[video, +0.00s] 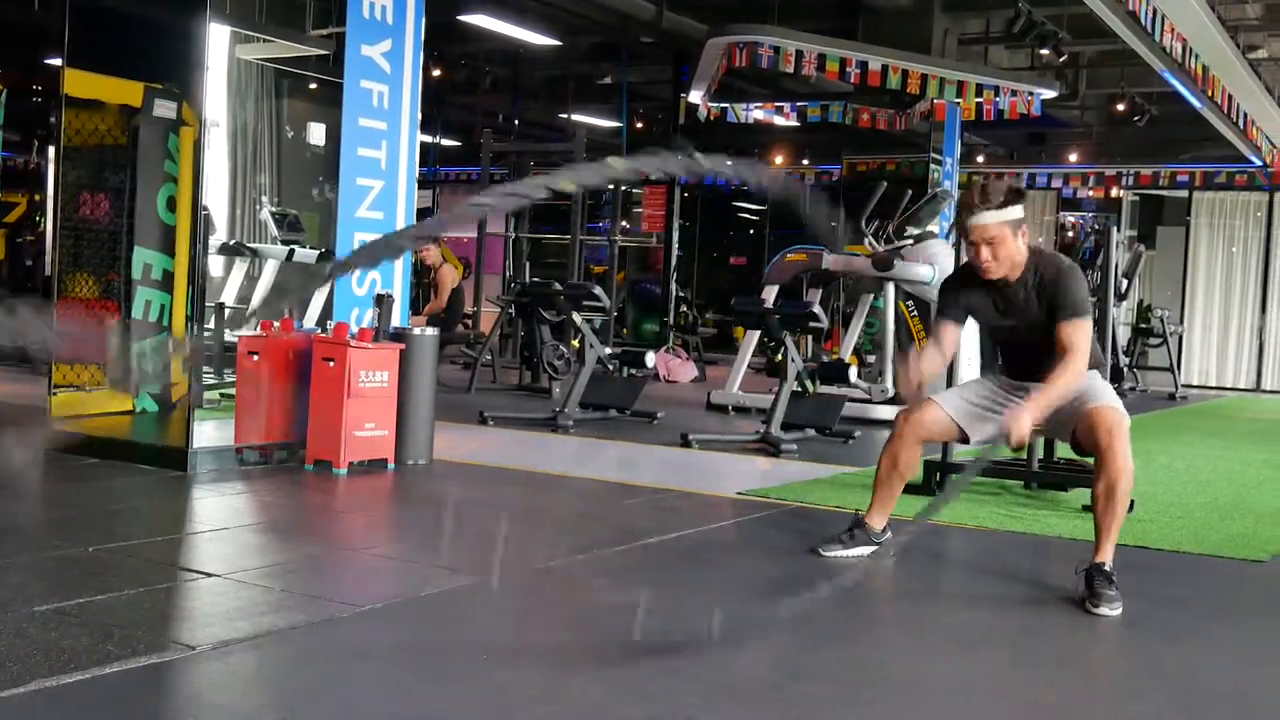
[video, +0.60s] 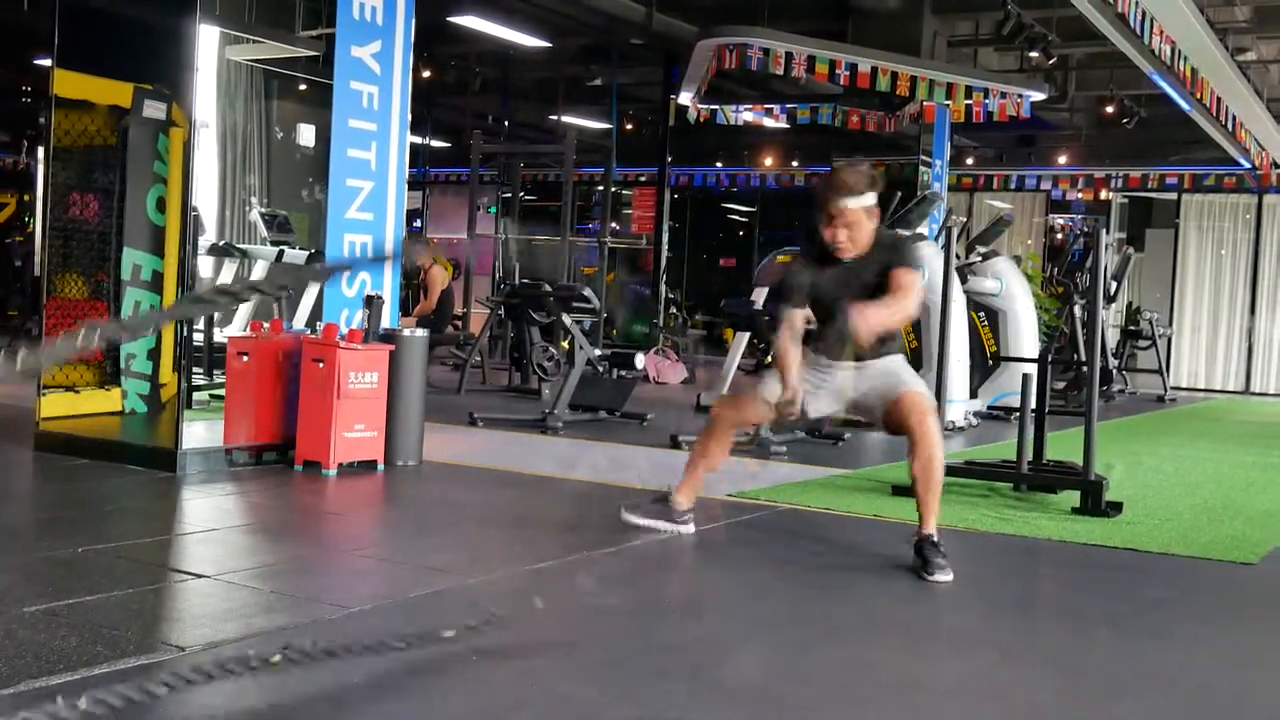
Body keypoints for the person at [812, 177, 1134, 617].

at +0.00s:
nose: (981, 255)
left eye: (991, 243)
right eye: (973, 245)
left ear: (1022, 236)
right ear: (965, 243)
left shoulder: (1062, 276)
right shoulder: (963, 283)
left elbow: (1077, 358)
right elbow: (941, 345)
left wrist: (1033, 408)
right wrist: (917, 370)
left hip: (1068, 387)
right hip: (1003, 387)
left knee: (1114, 430)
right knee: (911, 423)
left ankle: (1102, 566)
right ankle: (872, 529)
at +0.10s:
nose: (965, 247)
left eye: (975, 234)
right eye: (956, 236)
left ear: (1003, 225)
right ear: (948, 236)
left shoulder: (1041, 246)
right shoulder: (954, 290)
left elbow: (1056, 289)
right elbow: (939, 368)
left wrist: (1003, 292)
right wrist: (942, 433)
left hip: (1060, 389)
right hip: (992, 394)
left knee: (1096, 430)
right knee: (893, 417)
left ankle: (1098, 566)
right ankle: (871, 529)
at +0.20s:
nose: (946, 230)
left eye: (954, 218)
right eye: (937, 224)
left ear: (976, 213)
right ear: (928, 224)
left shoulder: (1008, 232)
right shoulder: (926, 275)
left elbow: (1021, 269)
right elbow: (905, 338)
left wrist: (965, 251)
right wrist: (901, 389)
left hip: (1027, 374)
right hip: (963, 380)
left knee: (1053, 435)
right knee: (869, 415)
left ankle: (1091, 565)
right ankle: (866, 530)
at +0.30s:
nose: (910, 237)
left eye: (919, 226)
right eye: (902, 228)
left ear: (949, 210)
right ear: (893, 220)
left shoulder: (986, 240)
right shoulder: (891, 239)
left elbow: (990, 320)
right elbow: (852, 277)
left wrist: (939, 342)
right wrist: (822, 286)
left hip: (987, 362)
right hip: (922, 365)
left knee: (1014, 418)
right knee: (841, 413)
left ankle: (1022, 553)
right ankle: (859, 527)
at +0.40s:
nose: (884, 243)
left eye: (894, 232)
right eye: (879, 233)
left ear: (925, 219)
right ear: (873, 224)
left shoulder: (958, 256)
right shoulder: (877, 238)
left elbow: (961, 345)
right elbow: (826, 250)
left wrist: (920, 402)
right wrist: (808, 231)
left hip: (951, 359)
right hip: (893, 352)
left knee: (981, 417)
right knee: (806, 393)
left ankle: (942, 532)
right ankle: (805, 506)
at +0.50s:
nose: (864, 243)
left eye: (875, 233)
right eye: (857, 233)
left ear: (905, 223)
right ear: (849, 227)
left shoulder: (935, 265)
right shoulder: (844, 256)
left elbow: (941, 346)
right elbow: (810, 311)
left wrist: (903, 401)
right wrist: (802, 293)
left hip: (923, 373)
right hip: (860, 364)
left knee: (956, 424)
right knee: (771, 408)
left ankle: (932, 538)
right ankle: (699, 494)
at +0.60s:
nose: (835, 235)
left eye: (846, 223)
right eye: (828, 223)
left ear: (873, 217)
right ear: (820, 220)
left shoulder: (899, 252)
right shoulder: (807, 265)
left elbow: (908, 301)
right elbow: (788, 329)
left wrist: (872, 317)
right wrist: (790, 384)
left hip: (879, 373)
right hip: (813, 372)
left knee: (923, 416)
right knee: (727, 413)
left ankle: (928, 538)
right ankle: (679, 506)